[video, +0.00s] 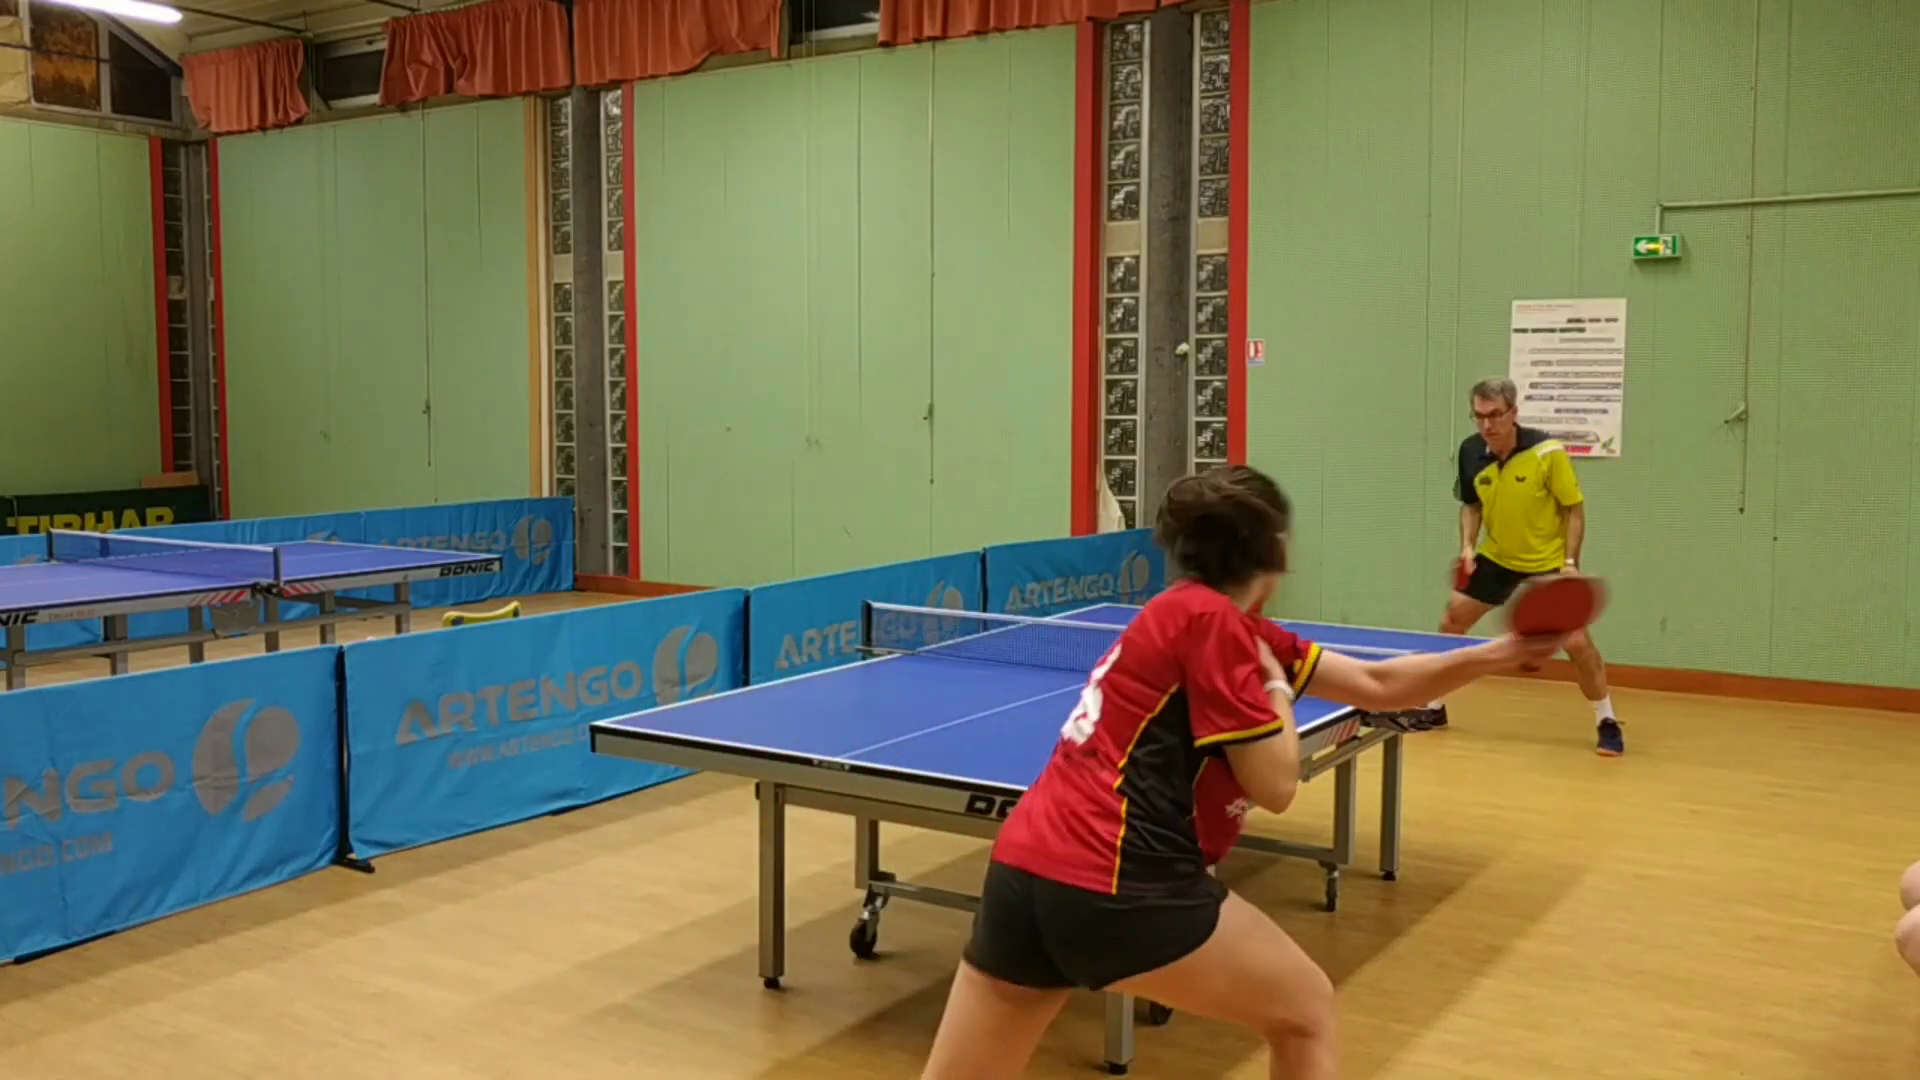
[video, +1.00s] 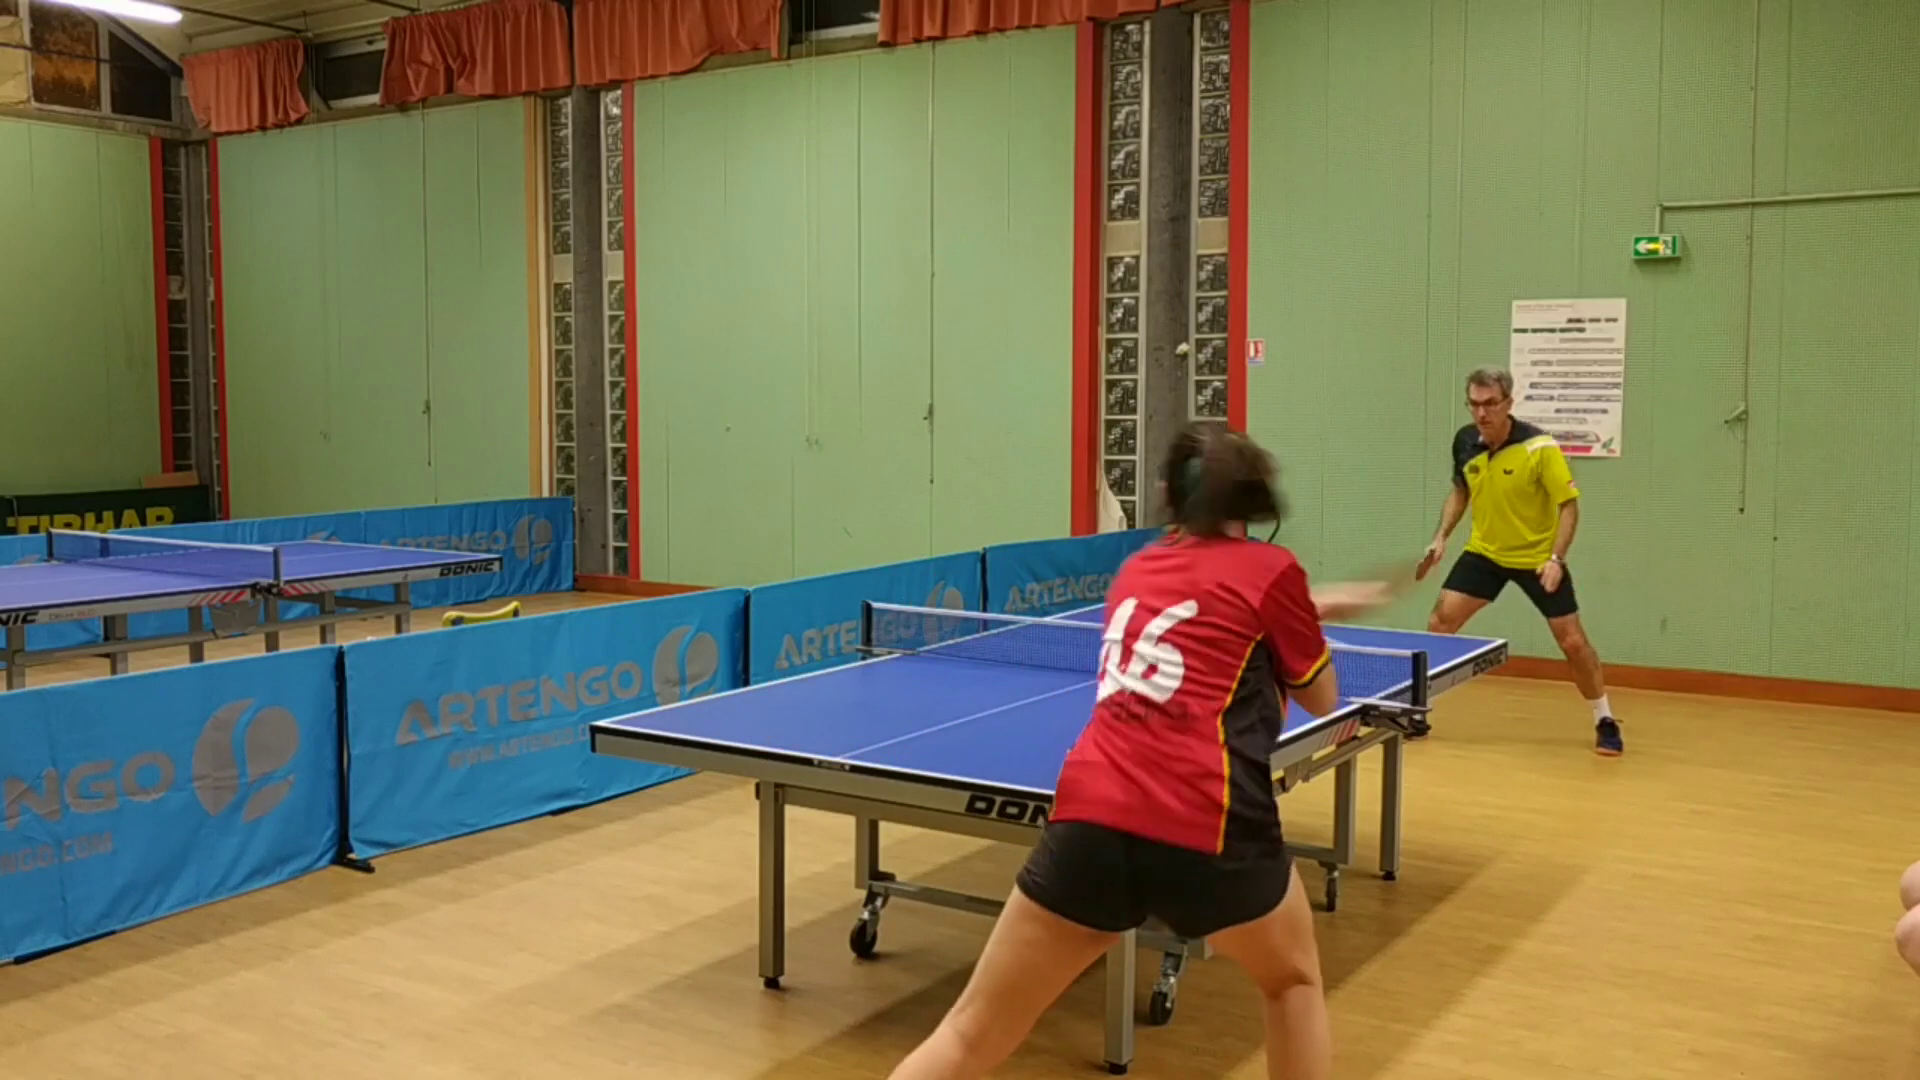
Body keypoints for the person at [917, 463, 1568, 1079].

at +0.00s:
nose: (1287, 550)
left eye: (1283, 535)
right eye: (1283, 537)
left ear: (1192, 548)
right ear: (1267, 549)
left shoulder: (1193, 612)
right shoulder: (1216, 626)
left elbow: (1378, 685)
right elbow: (1274, 787)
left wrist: (1499, 655)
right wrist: (1274, 693)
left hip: (1023, 877)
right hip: (1123, 890)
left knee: (954, 1074)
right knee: (1306, 1010)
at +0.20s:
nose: (1288, 494)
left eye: (1285, 479)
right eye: (1284, 481)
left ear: (1190, 484)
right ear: (1270, 496)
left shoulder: (1144, 554)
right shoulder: (1247, 586)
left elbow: (1254, 680)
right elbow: (1295, 759)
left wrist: (1393, 672)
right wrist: (1283, 701)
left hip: (1015, 818)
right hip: (1121, 844)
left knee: (932, 1046)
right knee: (1283, 1013)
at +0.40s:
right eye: (1144, 417)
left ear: (1061, 431)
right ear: (1145, 438)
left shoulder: (998, 520)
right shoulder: (1171, 547)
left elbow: (1015, 622)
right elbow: (1250, 693)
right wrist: (1229, 606)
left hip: (962, 810)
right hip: (1088, 824)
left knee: (886, 1011)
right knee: (1215, 1000)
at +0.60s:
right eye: (1038, 439)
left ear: (958, 455)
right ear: (1040, 452)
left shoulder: (915, 558)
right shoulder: (1106, 549)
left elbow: (858, 708)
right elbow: (1190, 673)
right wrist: (1124, 660)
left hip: (953, 842)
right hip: (1083, 845)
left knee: (850, 1010)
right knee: (1173, 998)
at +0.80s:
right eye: (1073, 465)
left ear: (990, 494)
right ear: (1069, 482)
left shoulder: (985, 591)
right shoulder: (1154, 559)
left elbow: (932, 736)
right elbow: (1241, 679)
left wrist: (827, 695)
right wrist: (1149, 666)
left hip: (1054, 846)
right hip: (1177, 843)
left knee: (903, 1026)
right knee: (1233, 1007)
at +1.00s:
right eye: (1249, 486)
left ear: (1172, 497)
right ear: (1249, 499)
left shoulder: (1138, 566)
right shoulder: (1273, 571)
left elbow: (1206, 623)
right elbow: (1319, 696)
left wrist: (1313, 606)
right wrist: (1274, 631)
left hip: (1091, 828)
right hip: (1213, 837)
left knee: (966, 1037)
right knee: (1291, 985)